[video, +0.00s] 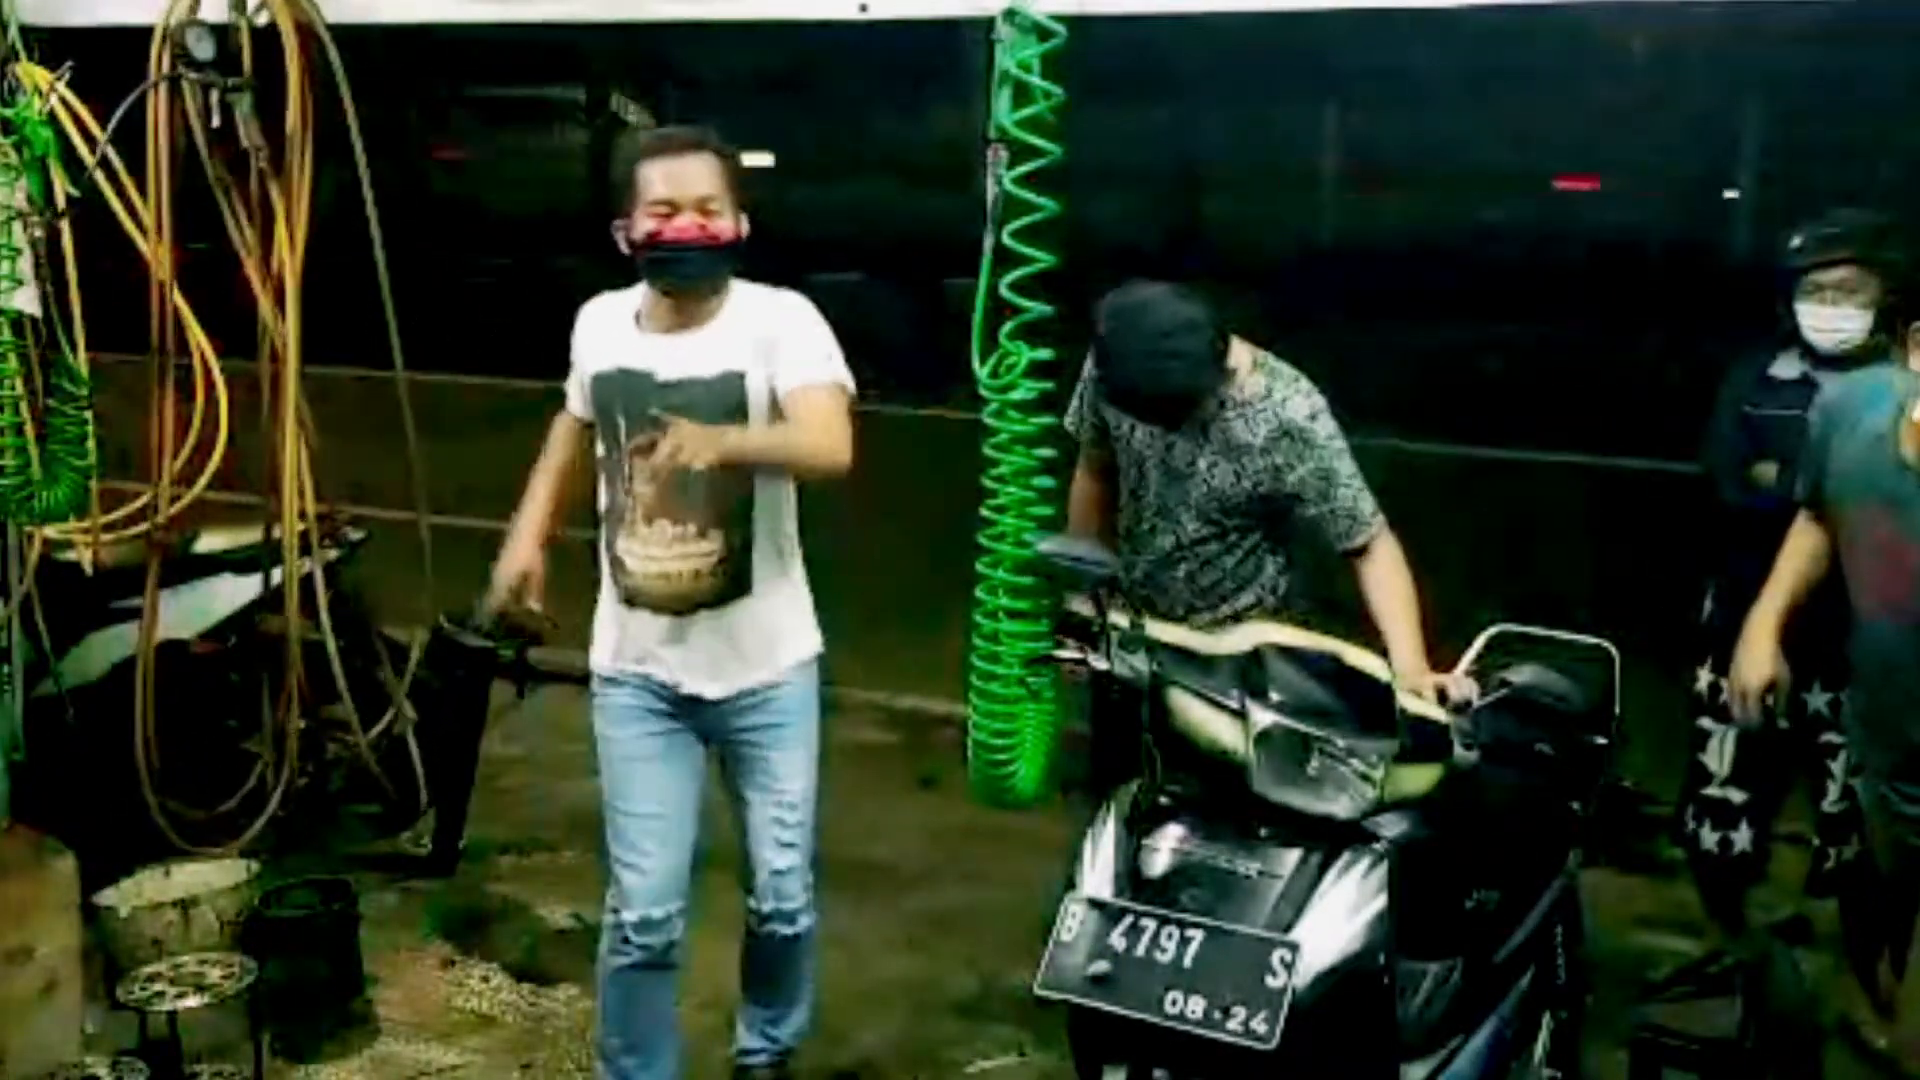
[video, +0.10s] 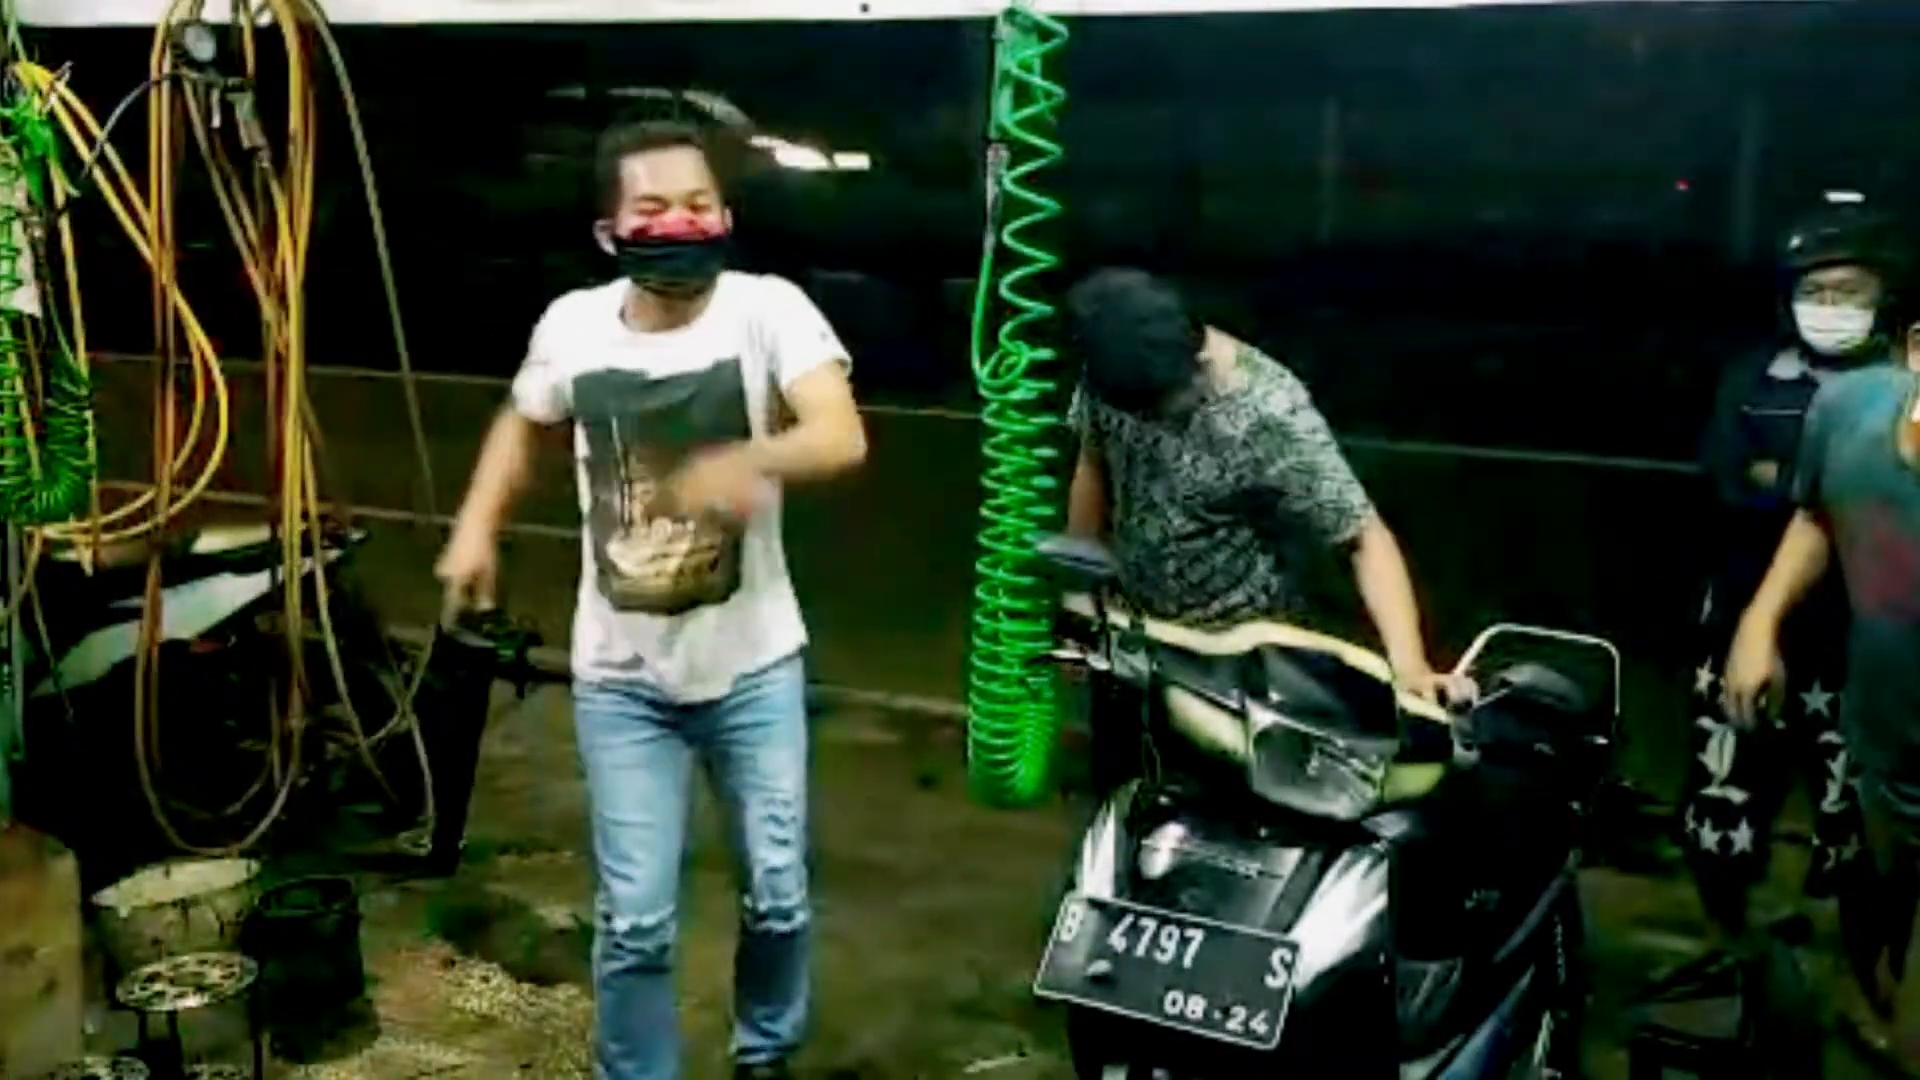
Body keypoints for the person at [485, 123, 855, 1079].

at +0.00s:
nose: (687, 229)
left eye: (707, 211)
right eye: (665, 212)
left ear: (737, 221)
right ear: (630, 228)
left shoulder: (783, 321)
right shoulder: (602, 325)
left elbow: (830, 445)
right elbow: (573, 430)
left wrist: (721, 442)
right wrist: (528, 534)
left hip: (766, 659)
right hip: (637, 662)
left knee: (780, 894)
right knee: (644, 913)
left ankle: (765, 1054)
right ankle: (634, 1072)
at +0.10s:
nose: (679, 225)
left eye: (696, 205)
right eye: (654, 209)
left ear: (723, 213)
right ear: (613, 227)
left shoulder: (770, 311)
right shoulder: (571, 327)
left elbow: (843, 439)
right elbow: (521, 427)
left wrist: (743, 464)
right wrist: (474, 526)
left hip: (754, 660)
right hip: (621, 668)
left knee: (777, 893)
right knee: (635, 923)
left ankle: (765, 1056)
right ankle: (634, 1072)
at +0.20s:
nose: (674, 234)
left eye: (687, 213)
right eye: (649, 216)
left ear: (713, 220)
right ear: (604, 235)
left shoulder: (764, 330)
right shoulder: (544, 349)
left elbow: (825, 471)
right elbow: (476, 469)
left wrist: (815, 576)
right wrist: (456, 582)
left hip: (738, 667)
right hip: (609, 678)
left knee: (784, 901)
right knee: (634, 937)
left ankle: (761, 1050)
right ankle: (635, 1072)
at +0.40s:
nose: (678, 268)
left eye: (690, 244)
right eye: (650, 250)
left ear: (713, 248)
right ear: (598, 266)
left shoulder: (737, 371)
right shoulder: (547, 397)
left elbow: (762, 505)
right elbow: (471, 553)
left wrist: (801, 631)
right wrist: (535, 631)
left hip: (714, 698)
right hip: (592, 716)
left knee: (778, 902)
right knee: (640, 968)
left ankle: (673, 1003)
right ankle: (641, 1061)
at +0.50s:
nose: (680, 259)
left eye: (694, 237)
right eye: (654, 242)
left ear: (716, 241)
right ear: (606, 258)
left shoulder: (708, 344)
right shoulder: (566, 377)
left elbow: (703, 463)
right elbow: (479, 515)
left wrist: (747, 538)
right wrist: (608, 544)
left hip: (703, 680)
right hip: (594, 694)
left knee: (747, 882)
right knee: (657, 946)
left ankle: (641, 996)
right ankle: (639, 1063)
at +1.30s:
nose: (645, 234)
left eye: (662, 216)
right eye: (625, 218)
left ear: (689, 220)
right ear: (594, 224)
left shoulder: (730, 327)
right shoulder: (549, 313)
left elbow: (812, 448)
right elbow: (498, 411)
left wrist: (772, 394)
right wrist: (469, 516)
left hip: (689, 627)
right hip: (573, 624)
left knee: (702, 833)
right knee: (593, 827)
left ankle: (642, 1031)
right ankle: (632, 927)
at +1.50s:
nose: (578, 231)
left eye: (598, 215)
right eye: (569, 214)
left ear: (650, 219)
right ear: (559, 215)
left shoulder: (710, 304)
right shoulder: (543, 297)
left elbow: (766, 426)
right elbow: (501, 393)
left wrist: (731, 471)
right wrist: (475, 477)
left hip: (683, 602)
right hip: (570, 603)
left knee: (697, 795)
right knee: (582, 799)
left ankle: (665, 997)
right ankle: (630, 923)